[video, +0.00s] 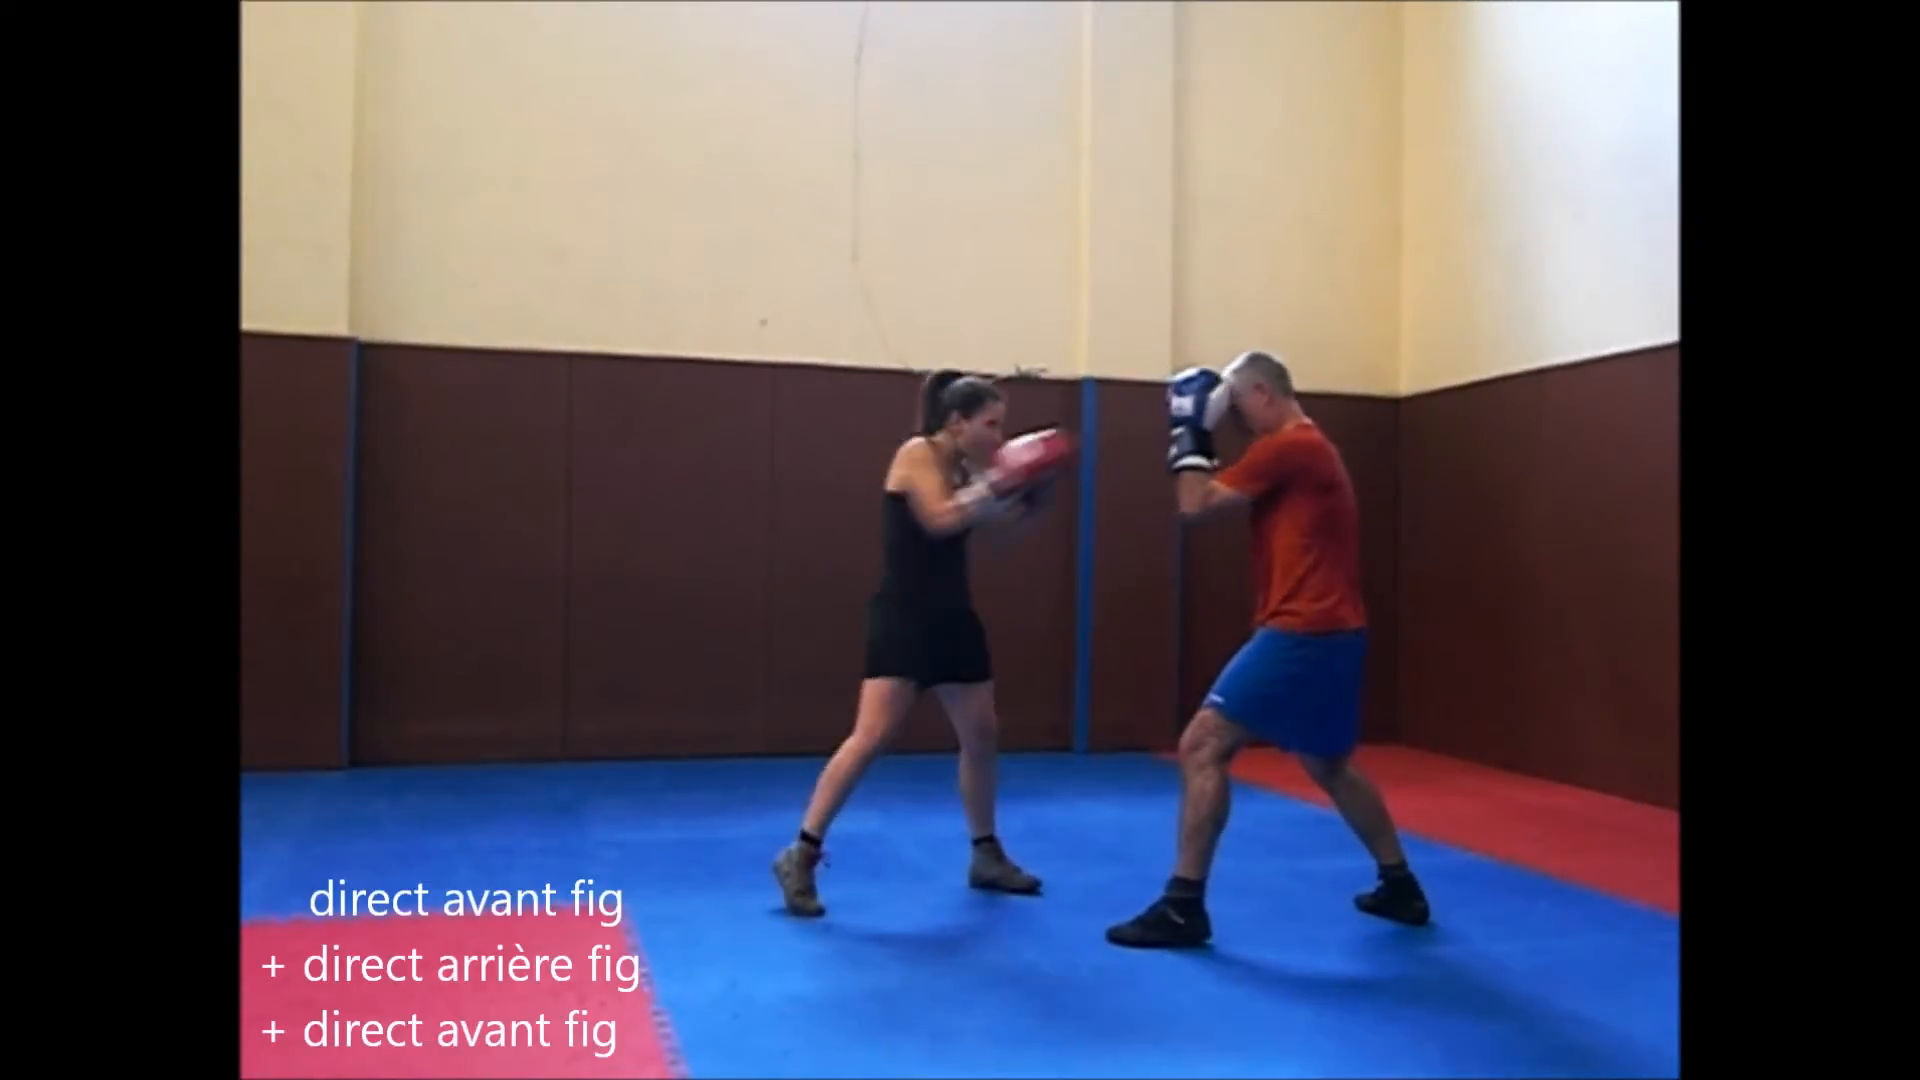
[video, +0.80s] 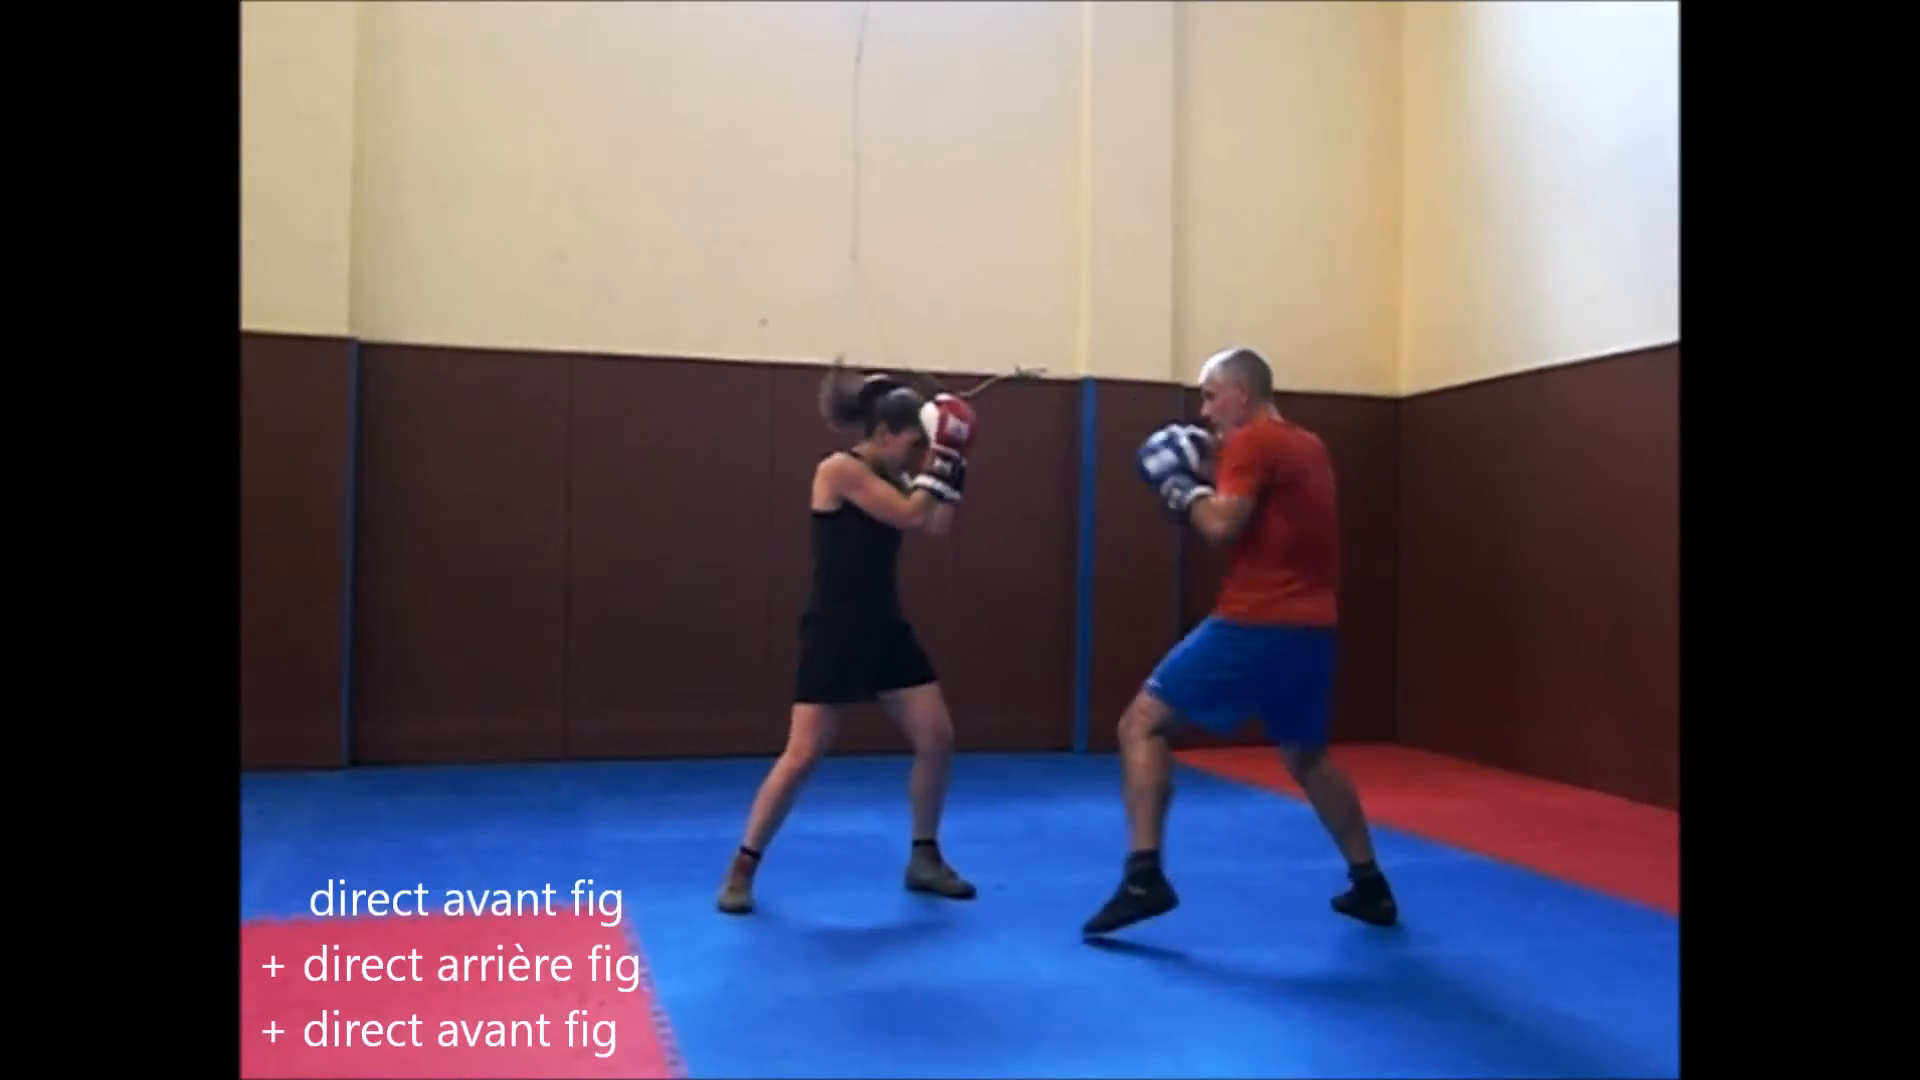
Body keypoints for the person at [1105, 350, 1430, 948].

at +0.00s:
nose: (1236, 415)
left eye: (1238, 402)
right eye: (1234, 404)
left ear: (1264, 393)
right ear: (1278, 392)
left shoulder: (1287, 447)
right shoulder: (1308, 446)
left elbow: (1194, 500)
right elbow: (1214, 493)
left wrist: (1185, 429)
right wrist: (1200, 433)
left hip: (1298, 631)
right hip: (1333, 631)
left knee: (1202, 748)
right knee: (1330, 764)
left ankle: (1183, 905)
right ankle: (1401, 886)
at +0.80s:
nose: (1206, 409)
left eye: (1212, 395)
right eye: (1205, 396)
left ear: (1243, 392)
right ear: (1260, 394)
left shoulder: (1250, 441)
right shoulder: (1309, 444)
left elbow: (1220, 521)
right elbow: (1265, 512)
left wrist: (1175, 484)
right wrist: (1213, 466)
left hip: (1249, 625)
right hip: (1311, 629)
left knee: (1140, 726)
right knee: (1308, 758)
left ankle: (1143, 879)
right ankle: (1370, 885)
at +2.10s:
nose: (1189, 412)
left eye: (1191, 399)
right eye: (1185, 402)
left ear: (1216, 393)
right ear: (1228, 392)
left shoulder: (1251, 448)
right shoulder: (1268, 447)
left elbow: (1158, 501)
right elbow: (1179, 484)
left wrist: (1139, 429)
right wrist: (1159, 427)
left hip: (1255, 631)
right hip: (1291, 629)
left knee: (1159, 747)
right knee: (1295, 761)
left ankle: (1200, 905)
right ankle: (1369, 884)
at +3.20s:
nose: (1228, 411)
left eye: (1229, 398)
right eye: (1224, 400)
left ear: (1250, 389)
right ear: (1267, 387)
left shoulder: (1280, 443)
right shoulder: (1303, 442)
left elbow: (1193, 502)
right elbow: (1215, 491)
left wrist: (1177, 434)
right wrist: (1189, 432)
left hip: (1293, 631)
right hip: (1329, 631)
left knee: (1195, 747)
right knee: (1336, 767)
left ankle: (1205, 909)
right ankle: (1402, 891)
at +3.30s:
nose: (1225, 403)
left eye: (1227, 389)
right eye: (1221, 392)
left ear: (1257, 380)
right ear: (1266, 380)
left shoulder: (1283, 440)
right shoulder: (1298, 438)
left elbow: (1203, 504)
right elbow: (1215, 497)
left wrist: (1164, 447)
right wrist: (1173, 450)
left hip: (1287, 626)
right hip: (1326, 627)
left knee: (1200, 749)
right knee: (1335, 764)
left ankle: (1206, 911)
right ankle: (1401, 890)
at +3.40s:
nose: (1216, 387)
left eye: (1221, 373)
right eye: (1214, 376)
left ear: (1251, 369)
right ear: (1259, 371)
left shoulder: (1278, 431)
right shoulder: (1291, 429)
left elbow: (1215, 511)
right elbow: (1226, 504)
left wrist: (1180, 451)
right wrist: (1194, 452)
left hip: (1282, 618)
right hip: (1320, 617)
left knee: (1212, 748)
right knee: (1327, 755)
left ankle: (1208, 911)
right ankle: (1390, 886)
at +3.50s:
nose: (1220, 395)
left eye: (1226, 381)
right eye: (1218, 383)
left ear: (1260, 376)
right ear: (1267, 377)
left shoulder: (1281, 434)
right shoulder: (1300, 433)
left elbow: (1202, 499)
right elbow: (1213, 495)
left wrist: (1167, 438)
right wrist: (1171, 443)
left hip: (1284, 619)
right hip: (1325, 618)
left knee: (1200, 743)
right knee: (1318, 756)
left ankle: (1205, 908)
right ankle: (1375, 890)